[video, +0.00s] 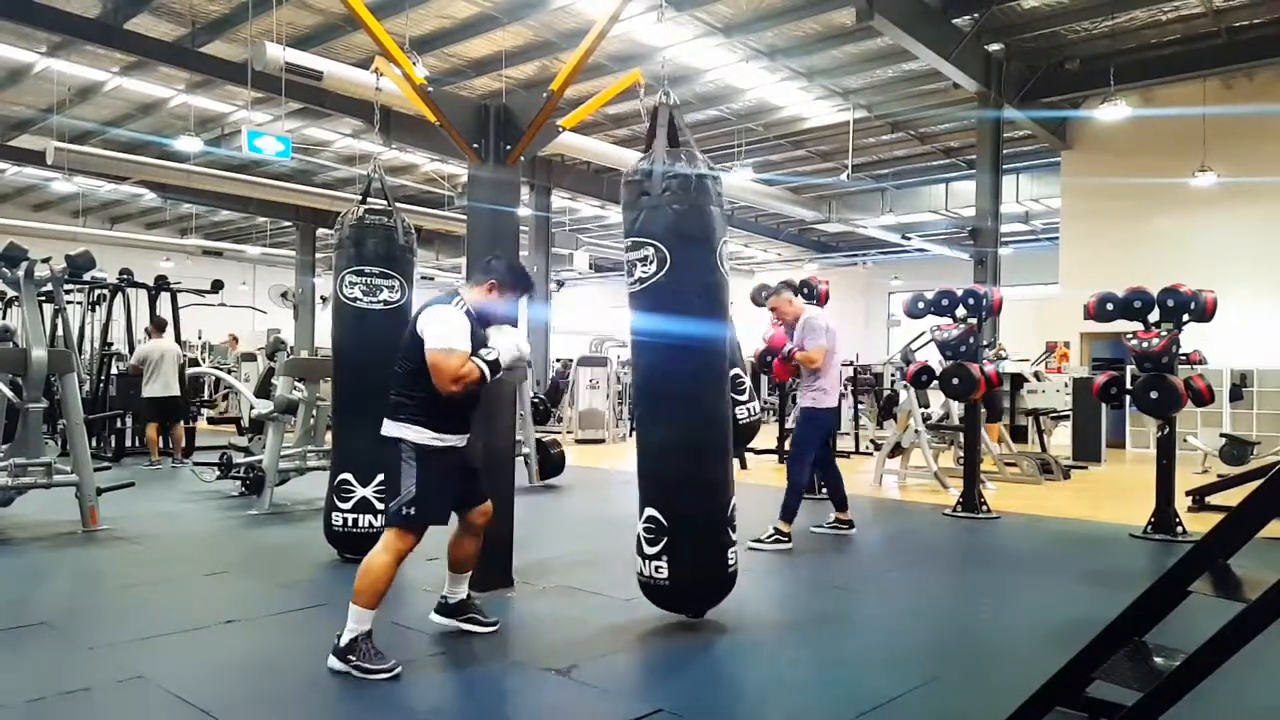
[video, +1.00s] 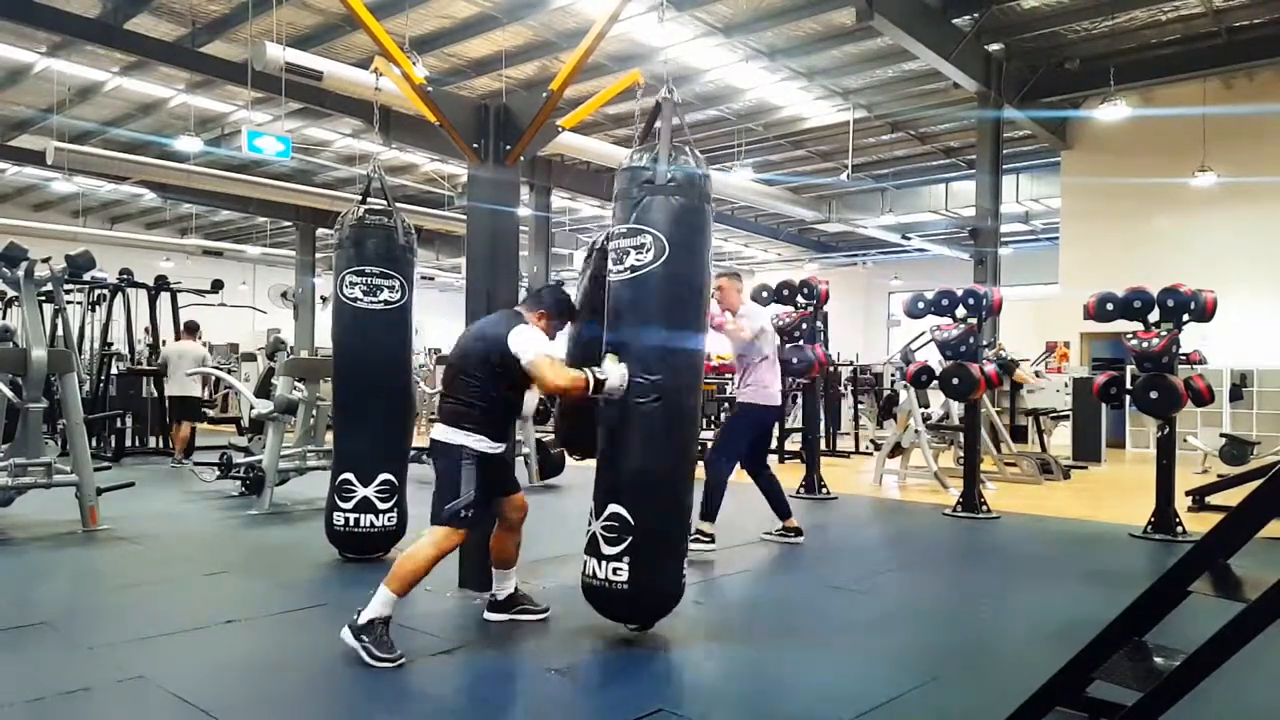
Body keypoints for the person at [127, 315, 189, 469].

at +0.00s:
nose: (149, 329)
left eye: (150, 327)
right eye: (151, 327)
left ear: (151, 329)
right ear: (165, 330)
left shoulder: (144, 348)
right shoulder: (175, 347)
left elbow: (132, 369)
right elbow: (180, 364)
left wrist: (148, 370)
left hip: (151, 393)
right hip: (173, 392)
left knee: (152, 424)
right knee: (176, 424)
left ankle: (154, 459)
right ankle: (177, 457)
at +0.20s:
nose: (151, 331)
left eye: (152, 329)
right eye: (153, 329)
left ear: (153, 329)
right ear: (168, 330)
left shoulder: (145, 348)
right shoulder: (178, 348)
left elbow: (132, 368)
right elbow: (183, 370)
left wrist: (148, 369)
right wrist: (182, 387)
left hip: (152, 393)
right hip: (174, 392)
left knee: (152, 424)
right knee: (176, 424)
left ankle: (154, 459)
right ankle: (177, 457)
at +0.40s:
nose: (161, 331)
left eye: (161, 329)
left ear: (160, 329)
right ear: (175, 331)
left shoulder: (150, 347)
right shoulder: (182, 348)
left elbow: (138, 361)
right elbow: (189, 364)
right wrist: (176, 364)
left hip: (155, 392)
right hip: (177, 392)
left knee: (153, 423)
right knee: (178, 424)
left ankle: (154, 458)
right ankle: (177, 457)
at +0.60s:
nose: (167, 331)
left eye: (168, 328)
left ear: (169, 329)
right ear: (183, 332)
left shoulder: (156, 348)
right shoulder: (189, 349)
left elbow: (147, 364)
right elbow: (198, 369)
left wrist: (159, 369)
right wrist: (198, 390)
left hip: (161, 392)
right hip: (182, 392)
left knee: (156, 424)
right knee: (180, 424)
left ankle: (155, 457)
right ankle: (177, 457)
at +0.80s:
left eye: (177, 331)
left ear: (176, 331)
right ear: (191, 333)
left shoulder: (163, 348)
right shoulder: (197, 350)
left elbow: (155, 365)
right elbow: (202, 374)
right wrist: (203, 391)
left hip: (168, 393)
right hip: (189, 393)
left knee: (163, 422)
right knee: (184, 424)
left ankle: (158, 450)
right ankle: (177, 457)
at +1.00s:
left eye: (183, 331)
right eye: (197, 334)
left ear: (183, 331)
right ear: (197, 334)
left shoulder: (169, 348)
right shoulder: (201, 351)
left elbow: (161, 366)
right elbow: (208, 372)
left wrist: (169, 374)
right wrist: (206, 387)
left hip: (173, 391)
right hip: (192, 391)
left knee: (175, 423)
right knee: (187, 424)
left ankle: (178, 454)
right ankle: (178, 456)